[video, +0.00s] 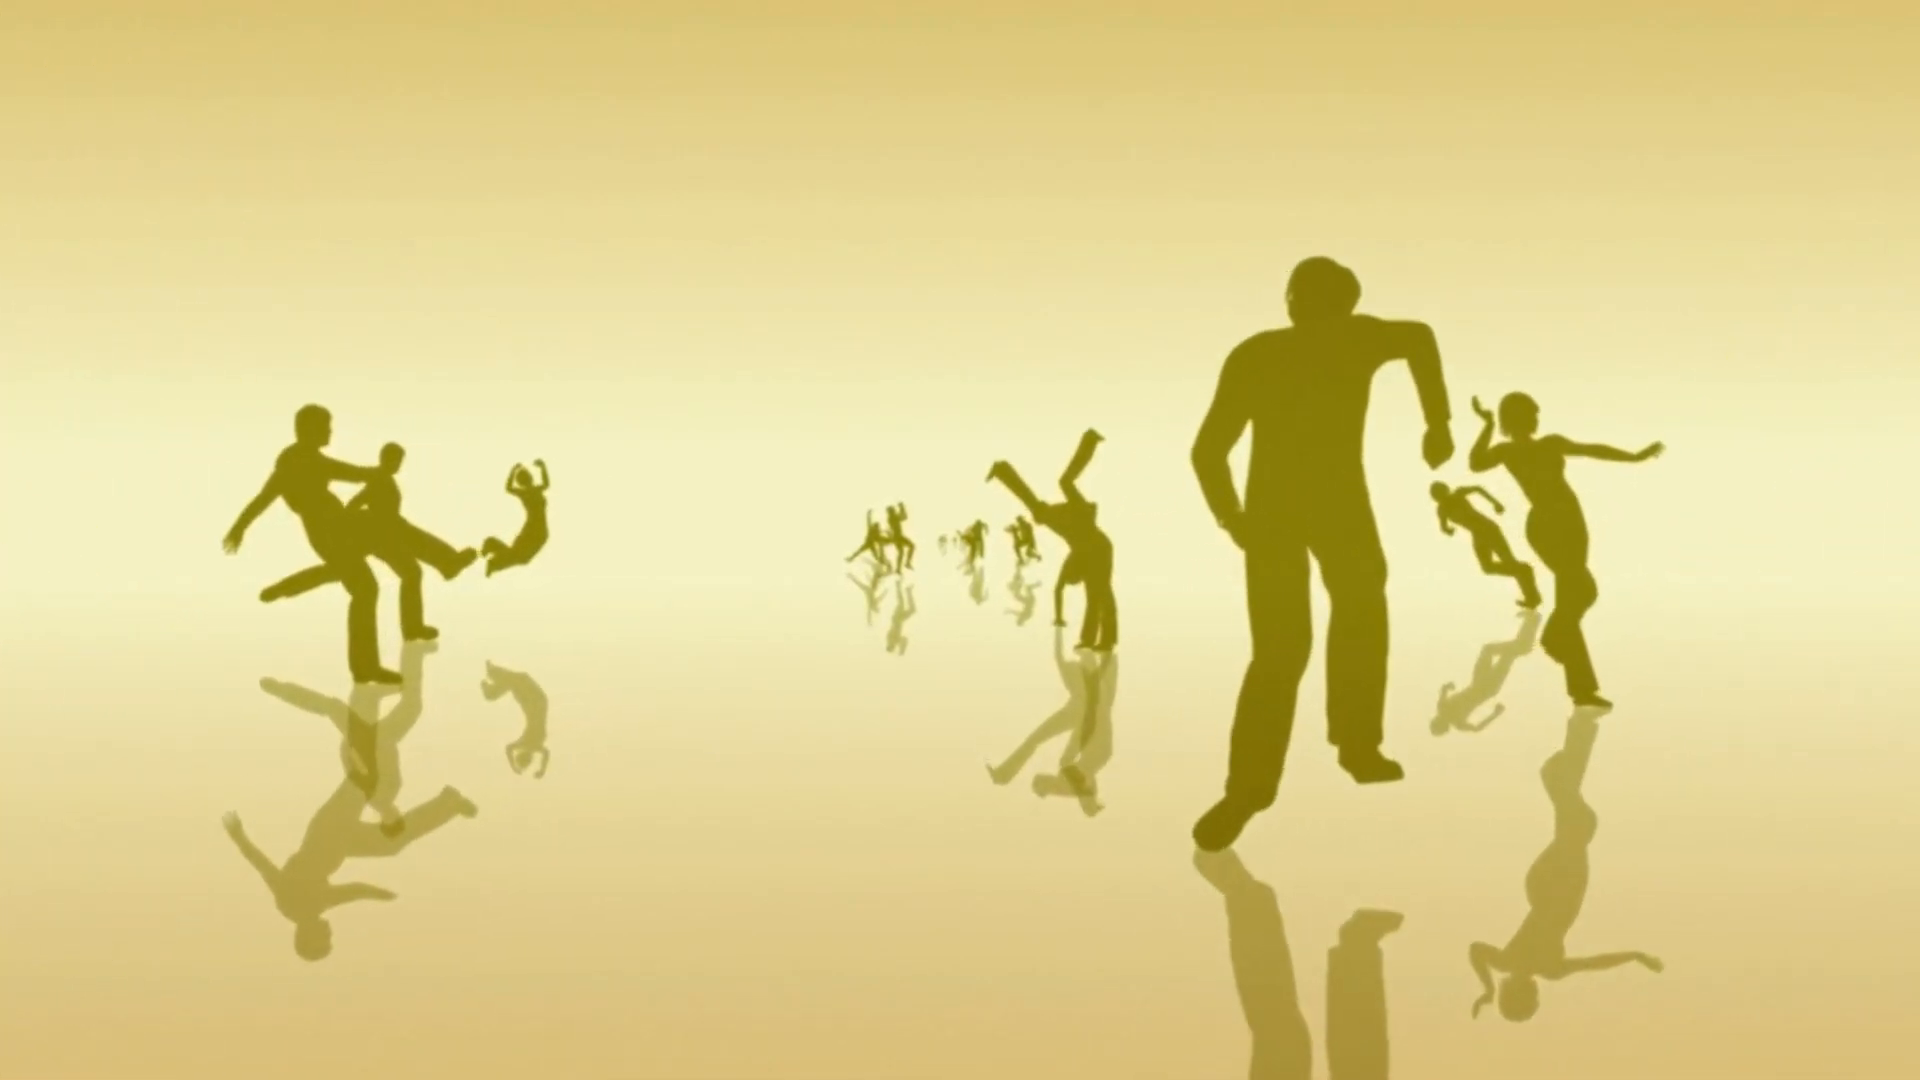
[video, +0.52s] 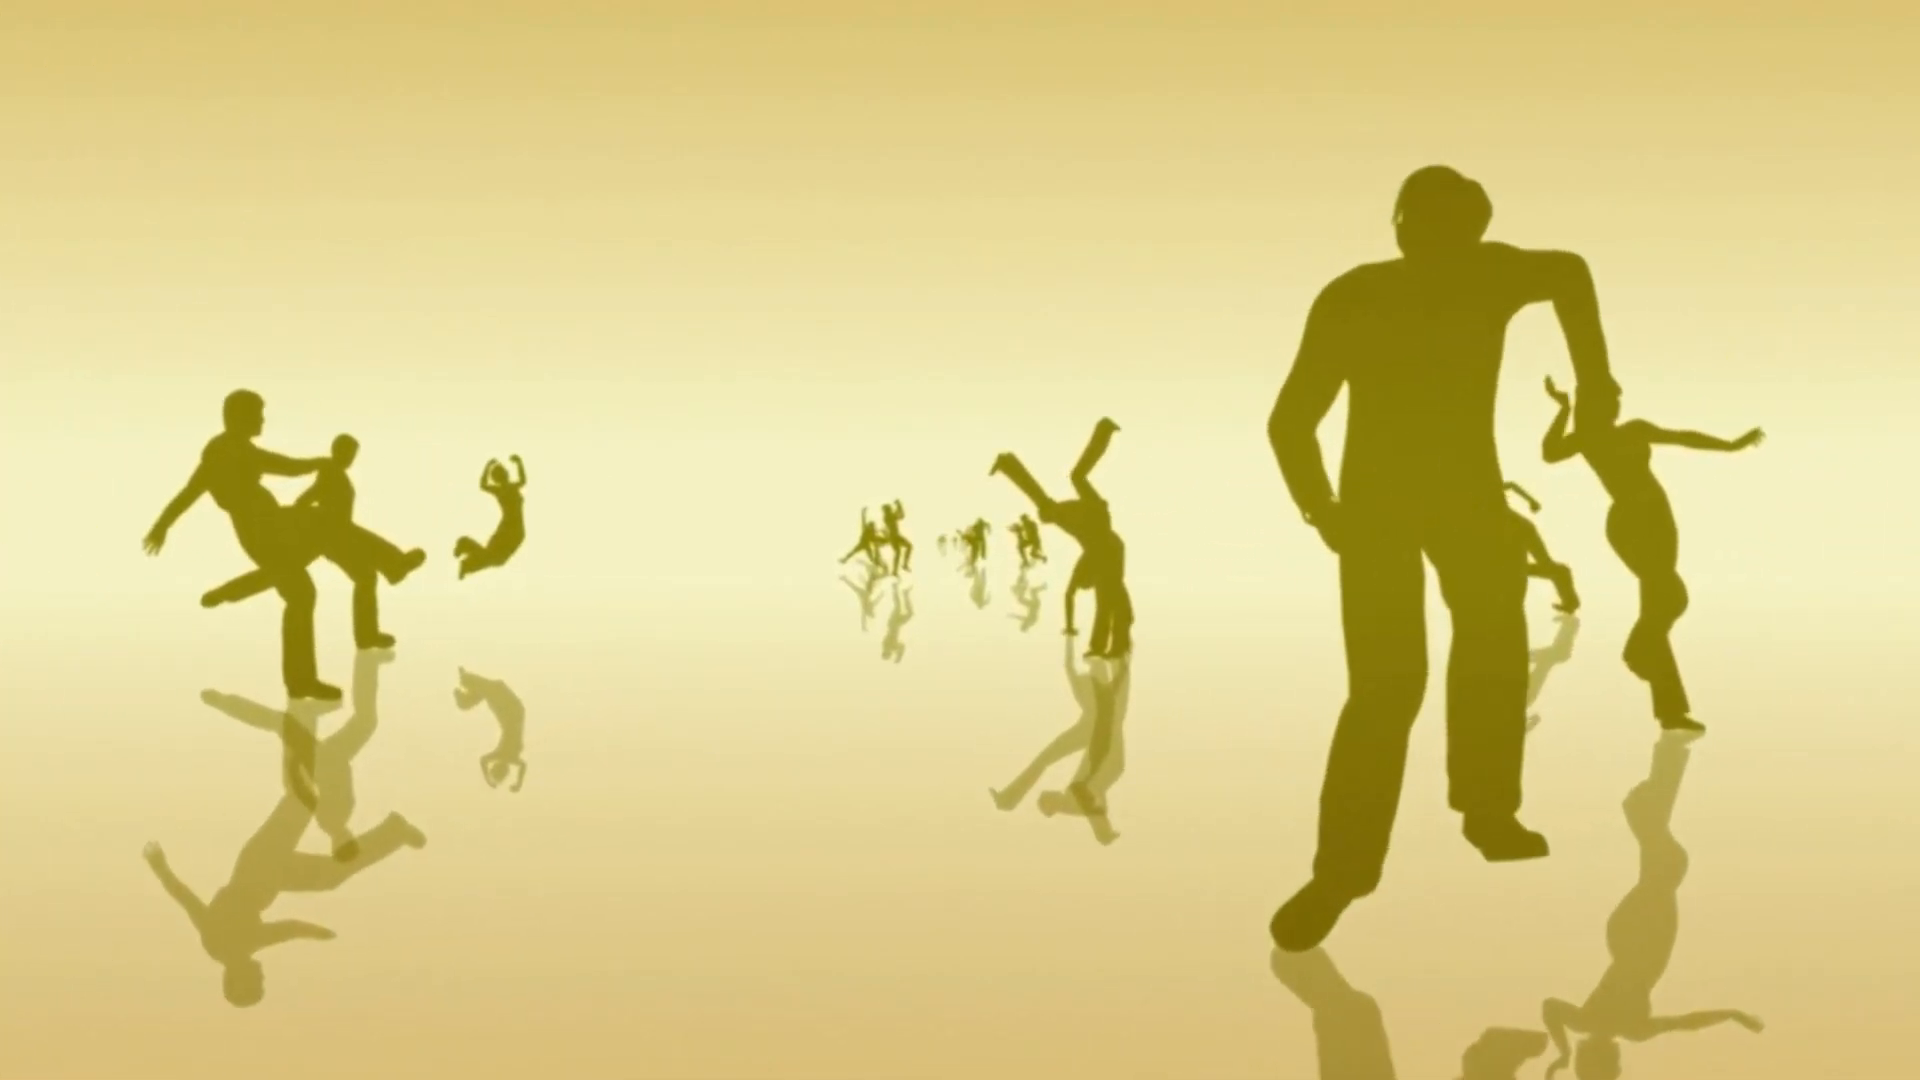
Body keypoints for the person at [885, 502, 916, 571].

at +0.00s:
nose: (894, 512)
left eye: (893, 510)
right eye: (893, 510)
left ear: (890, 512)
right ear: (892, 511)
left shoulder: (893, 518)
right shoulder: (894, 518)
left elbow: (903, 517)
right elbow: (904, 517)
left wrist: (901, 508)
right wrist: (902, 508)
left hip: (897, 536)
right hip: (898, 536)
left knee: (900, 552)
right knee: (911, 545)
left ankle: (898, 569)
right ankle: (908, 563)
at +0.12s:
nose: (894, 511)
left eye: (893, 510)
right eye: (892, 510)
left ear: (889, 511)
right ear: (891, 511)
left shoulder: (892, 517)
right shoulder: (893, 518)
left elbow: (903, 517)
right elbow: (903, 517)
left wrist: (901, 508)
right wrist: (901, 507)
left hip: (896, 536)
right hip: (897, 536)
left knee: (900, 551)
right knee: (911, 546)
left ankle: (898, 569)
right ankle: (907, 563)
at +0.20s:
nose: (893, 511)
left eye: (892, 510)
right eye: (891, 510)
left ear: (888, 511)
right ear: (890, 511)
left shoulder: (892, 517)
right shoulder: (892, 518)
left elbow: (902, 516)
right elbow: (902, 516)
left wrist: (900, 507)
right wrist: (900, 507)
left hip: (896, 536)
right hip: (896, 536)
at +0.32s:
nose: (892, 511)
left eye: (891, 509)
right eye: (890, 510)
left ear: (888, 511)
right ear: (889, 510)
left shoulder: (892, 517)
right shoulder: (891, 517)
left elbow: (902, 516)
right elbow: (902, 516)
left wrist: (900, 507)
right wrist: (900, 507)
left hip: (896, 536)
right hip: (895, 536)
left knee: (910, 546)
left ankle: (906, 564)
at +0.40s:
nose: (891, 510)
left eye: (890, 509)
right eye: (890, 509)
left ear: (887, 510)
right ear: (889, 510)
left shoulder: (890, 517)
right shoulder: (890, 517)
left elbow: (901, 516)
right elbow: (901, 516)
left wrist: (899, 506)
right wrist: (899, 506)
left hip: (895, 536)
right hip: (894, 536)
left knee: (909, 546)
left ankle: (906, 564)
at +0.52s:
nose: (891, 510)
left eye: (889, 509)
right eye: (889, 509)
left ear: (886, 510)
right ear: (888, 510)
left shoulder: (890, 516)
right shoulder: (890, 517)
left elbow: (900, 515)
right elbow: (900, 515)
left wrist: (898, 506)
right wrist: (899, 505)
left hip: (895, 535)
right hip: (894, 536)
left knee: (909, 546)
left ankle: (905, 564)